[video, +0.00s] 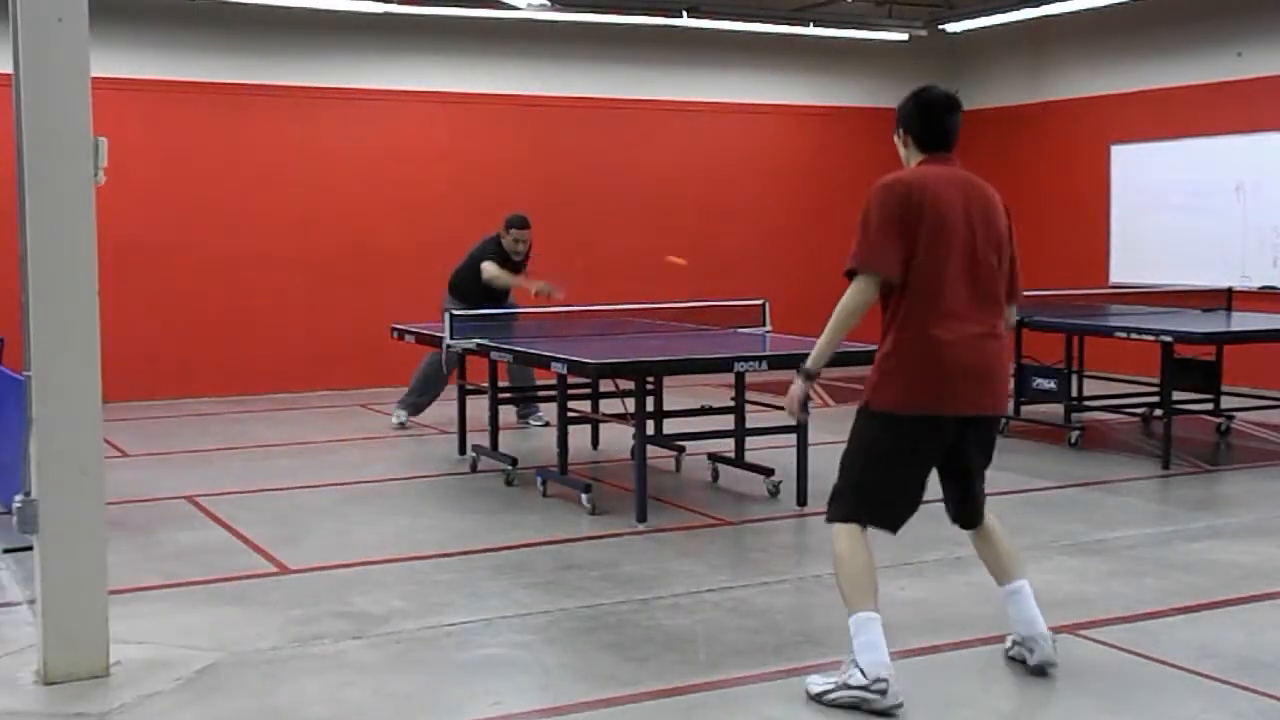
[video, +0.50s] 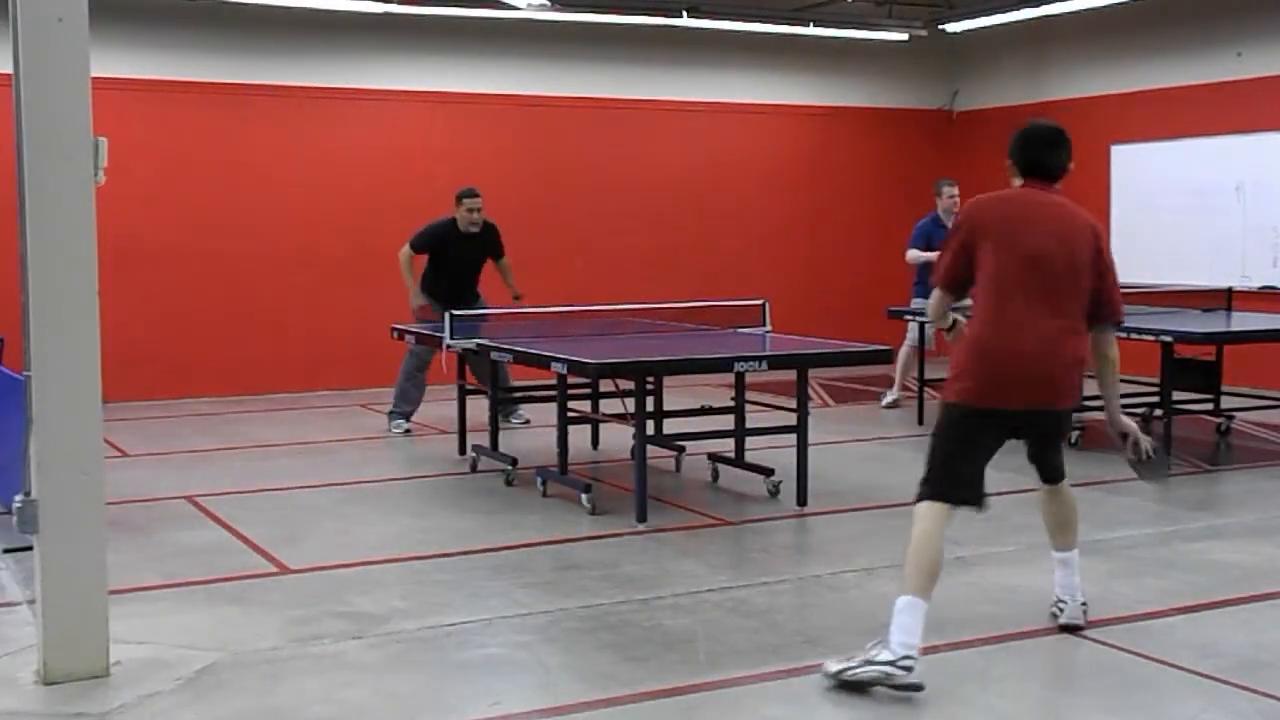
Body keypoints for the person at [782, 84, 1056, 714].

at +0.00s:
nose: (895, 144)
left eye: (895, 135)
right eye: (899, 135)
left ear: (904, 138)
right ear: (954, 137)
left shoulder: (896, 191)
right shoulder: (990, 198)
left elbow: (867, 283)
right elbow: (1008, 303)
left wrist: (811, 368)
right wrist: (981, 368)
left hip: (912, 383)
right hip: (986, 386)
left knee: (848, 514)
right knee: (973, 507)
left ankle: (870, 669)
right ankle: (1033, 635)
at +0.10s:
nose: (900, 156)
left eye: (901, 149)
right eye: (906, 148)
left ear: (908, 152)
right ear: (961, 150)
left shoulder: (894, 206)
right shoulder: (998, 213)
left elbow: (856, 302)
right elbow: (1019, 316)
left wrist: (824, 376)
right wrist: (999, 383)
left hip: (911, 391)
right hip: (988, 392)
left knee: (843, 524)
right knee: (976, 494)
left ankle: (870, 672)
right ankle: (1034, 617)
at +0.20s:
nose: (914, 164)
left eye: (916, 156)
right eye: (923, 155)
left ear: (924, 161)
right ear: (977, 161)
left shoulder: (904, 214)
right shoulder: (1010, 222)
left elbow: (868, 303)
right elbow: (1037, 325)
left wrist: (860, 366)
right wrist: (1029, 380)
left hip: (917, 395)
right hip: (997, 393)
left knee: (847, 526)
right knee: (1001, 481)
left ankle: (870, 671)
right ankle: (1051, 608)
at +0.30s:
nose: (951, 165)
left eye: (950, 156)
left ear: (953, 164)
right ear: (1006, 165)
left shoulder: (924, 216)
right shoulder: (1032, 225)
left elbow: (894, 312)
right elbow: (1065, 325)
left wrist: (922, 360)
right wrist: (1072, 390)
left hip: (928, 397)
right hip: (1008, 398)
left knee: (869, 525)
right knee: (1025, 481)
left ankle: (873, 672)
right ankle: (1067, 597)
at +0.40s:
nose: (991, 171)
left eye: (989, 162)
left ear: (988, 166)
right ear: (1041, 169)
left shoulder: (954, 215)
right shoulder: (1060, 227)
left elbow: (923, 300)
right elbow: (1090, 331)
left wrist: (913, 351)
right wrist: (1104, 406)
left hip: (957, 390)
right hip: (1033, 392)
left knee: (908, 514)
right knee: (1039, 480)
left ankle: (882, 659)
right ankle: (1072, 598)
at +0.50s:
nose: (1008, 172)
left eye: (1009, 164)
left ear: (1012, 167)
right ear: (1065, 170)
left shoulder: (981, 212)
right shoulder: (1085, 226)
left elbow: (941, 302)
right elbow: (1104, 330)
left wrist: (947, 321)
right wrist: (1113, 411)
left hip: (982, 380)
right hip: (1055, 385)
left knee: (934, 501)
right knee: (1053, 473)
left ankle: (901, 648)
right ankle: (1070, 599)